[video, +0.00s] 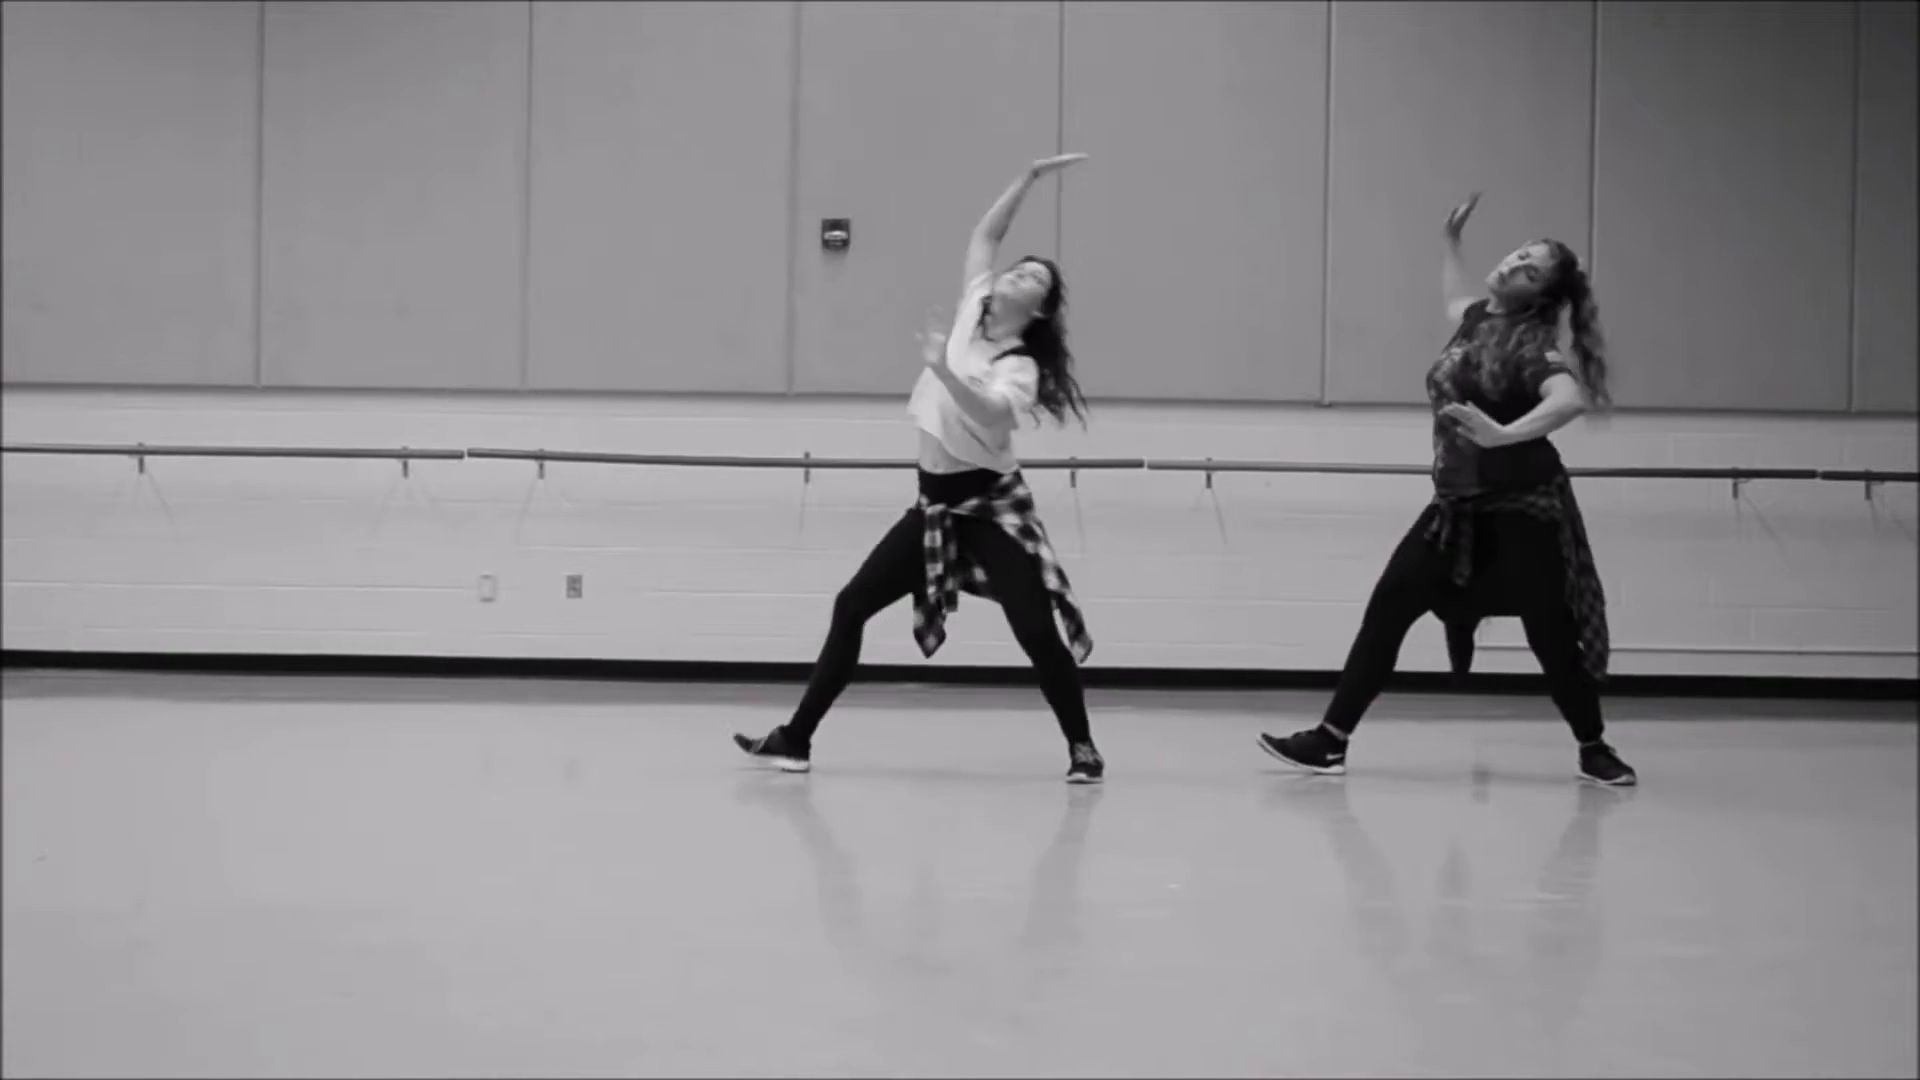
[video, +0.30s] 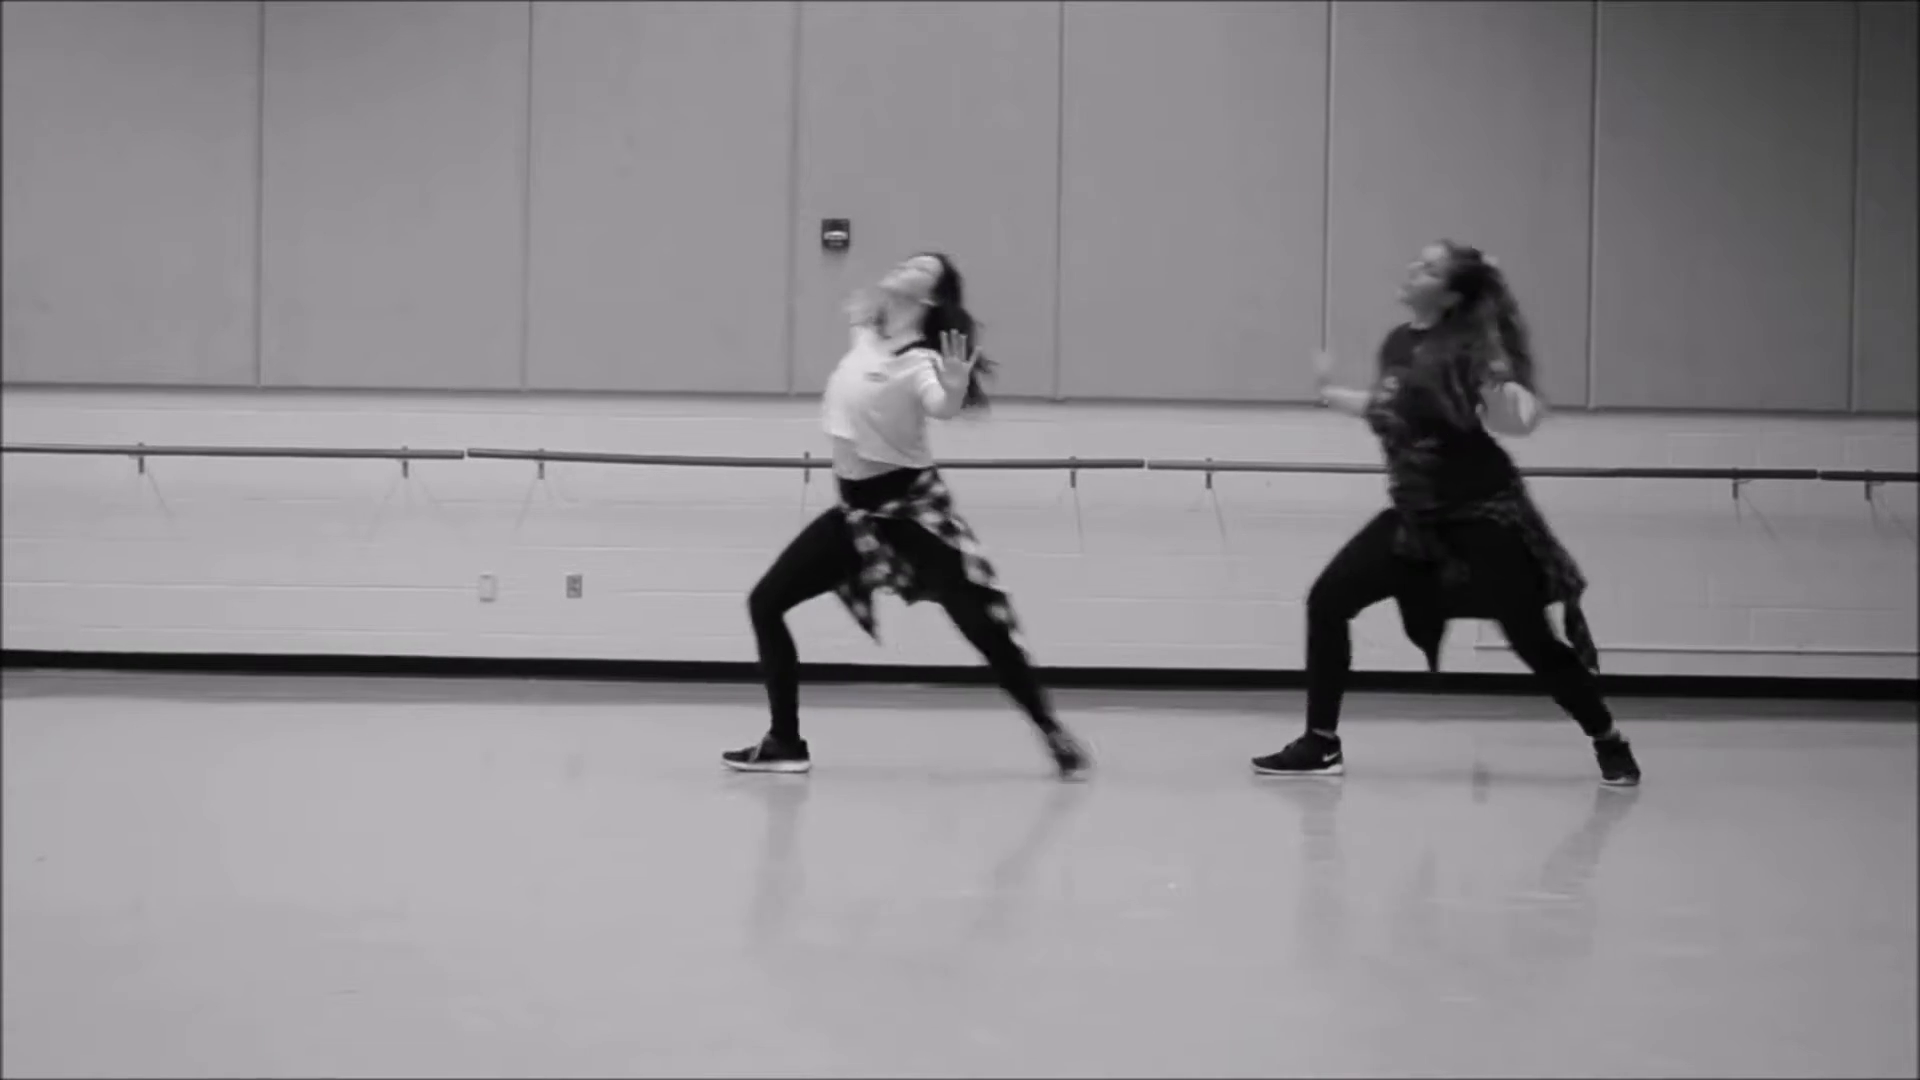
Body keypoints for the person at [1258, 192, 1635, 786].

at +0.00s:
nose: (1514, 262)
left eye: (1531, 266)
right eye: (1518, 254)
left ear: (1541, 295)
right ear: (1503, 265)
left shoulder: (1535, 343)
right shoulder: (1474, 323)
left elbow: (1569, 400)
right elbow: (1456, 299)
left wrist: (1505, 433)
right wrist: (1451, 245)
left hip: (1524, 507)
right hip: (1457, 506)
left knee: (1553, 635)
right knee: (1389, 605)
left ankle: (1593, 748)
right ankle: (1331, 735)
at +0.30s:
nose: (1411, 272)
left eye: (1426, 269)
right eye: (1417, 263)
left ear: (1450, 293)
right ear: (1419, 282)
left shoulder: (1473, 345)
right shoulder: (1399, 344)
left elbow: (1518, 416)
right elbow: (1392, 408)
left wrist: (1505, 402)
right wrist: (1332, 394)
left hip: (1484, 518)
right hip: (1415, 518)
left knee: (1533, 642)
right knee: (1327, 602)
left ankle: (1608, 741)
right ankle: (1320, 739)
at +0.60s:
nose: (1341, 262)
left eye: (1356, 258)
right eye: (1345, 253)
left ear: (1385, 276)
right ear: (1350, 270)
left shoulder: (1408, 329)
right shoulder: (1330, 331)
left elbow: (1455, 368)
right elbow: (1310, 388)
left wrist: (1485, 387)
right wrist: (1247, 374)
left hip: (1412, 499)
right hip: (1346, 494)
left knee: (1364, 621)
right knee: (1261, 582)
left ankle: (1363, 744)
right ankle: (1263, 716)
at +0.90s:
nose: (1337, 267)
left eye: (1352, 265)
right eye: (1342, 258)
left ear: (1378, 288)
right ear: (1351, 276)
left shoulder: (1396, 346)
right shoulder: (1322, 325)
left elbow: (1452, 390)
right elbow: (1297, 390)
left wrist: (1506, 410)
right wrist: (1250, 361)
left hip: (1363, 503)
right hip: (1295, 499)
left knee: (1339, 623)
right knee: (1209, 596)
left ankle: (1362, 745)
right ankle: (1207, 733)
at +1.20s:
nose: (1296, 259)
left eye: (1307, 249)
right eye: (1291, 249)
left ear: (1337, 252)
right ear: (1288, 255)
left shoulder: (1350, 316)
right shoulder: (1290, 314)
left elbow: (1311, 401)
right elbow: (1248, 378)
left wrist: (1223, 408)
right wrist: (1175, 382)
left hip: (1350, 487)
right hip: (1289, 484)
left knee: (1339, 615)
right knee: (1232, 598)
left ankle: (1362, 742)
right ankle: (1211, 735)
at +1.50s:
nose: (1262, 265)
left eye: (1272, 254)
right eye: (1253, 256)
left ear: (1299, 250)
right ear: (1246, 257)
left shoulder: (1331, 310)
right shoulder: (1252, 314)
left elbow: (1296, 393)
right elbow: (1230, 387)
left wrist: (1215, 398)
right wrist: (1162, 397)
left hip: (1332, 484)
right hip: (1264, 482)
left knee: (1326, 616)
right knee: (1213, 602)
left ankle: (1411, 725)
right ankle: (1160, 716)